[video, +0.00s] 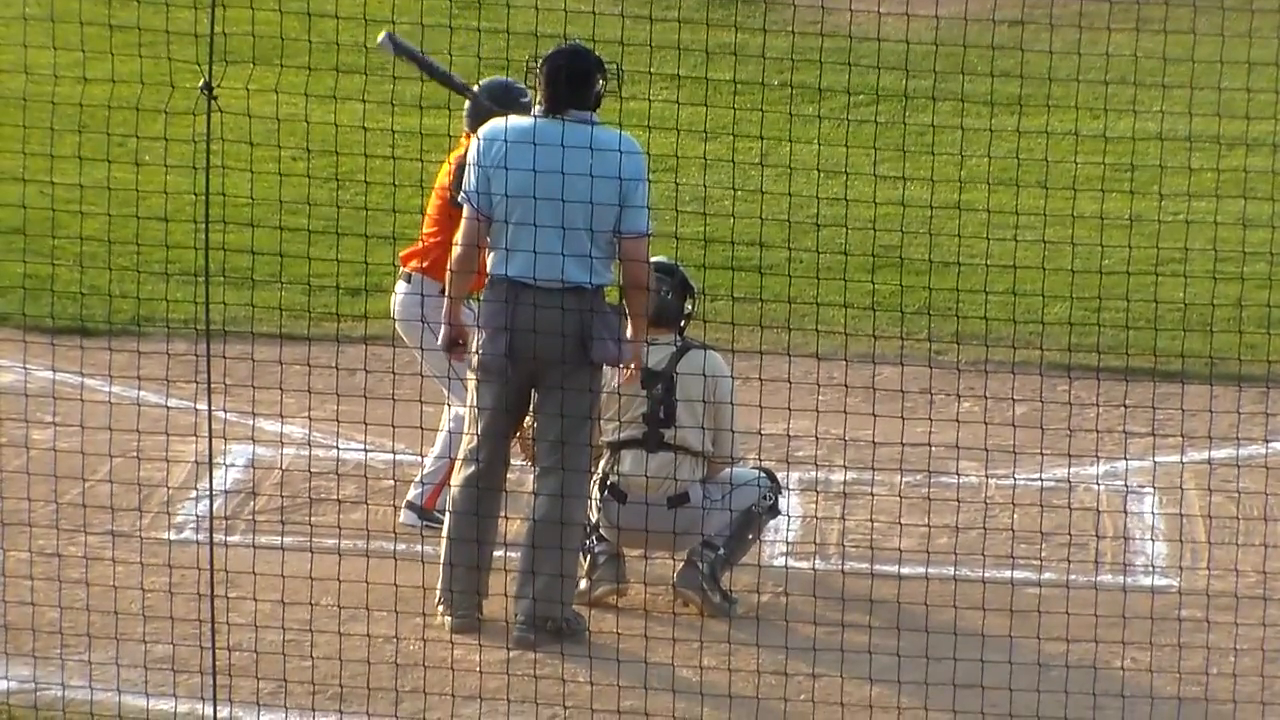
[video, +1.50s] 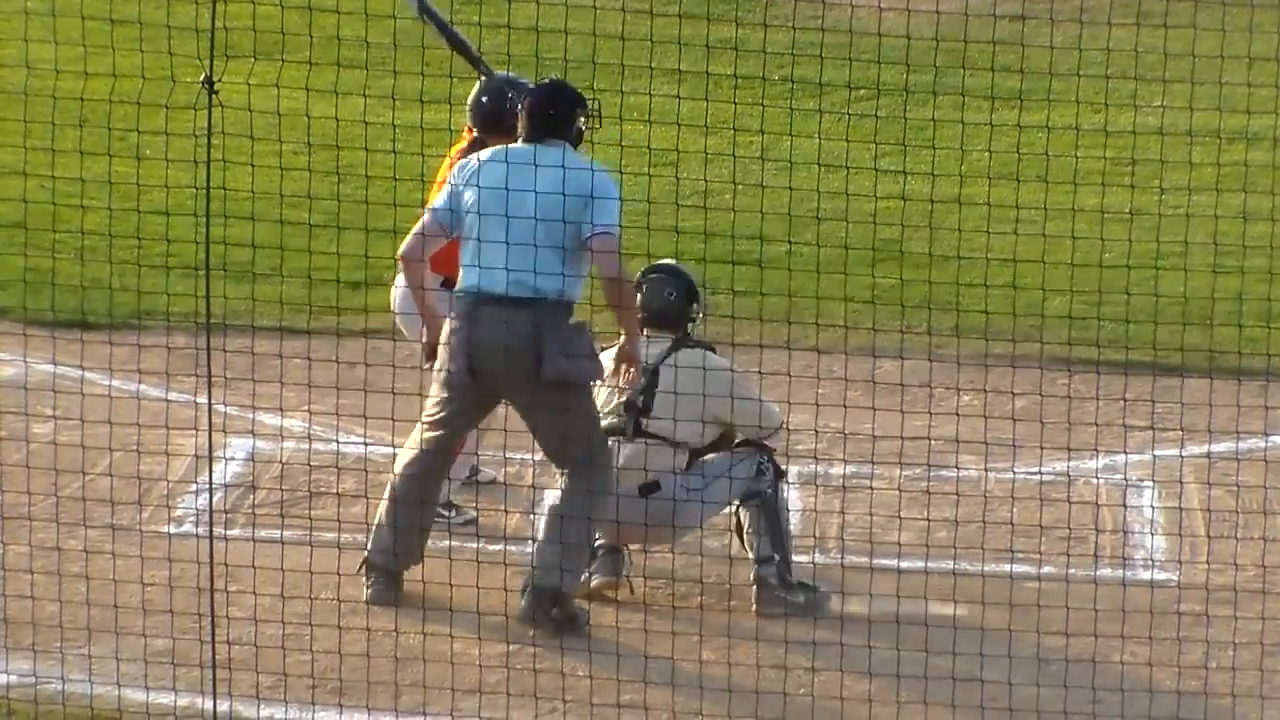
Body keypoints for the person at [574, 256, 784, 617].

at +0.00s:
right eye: (684, 300)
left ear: (631, 305)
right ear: (681, 310)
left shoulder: (607, 359)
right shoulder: (708, 363)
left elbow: (589, 444)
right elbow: (723, 456)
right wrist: (687, 479)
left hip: (616, 515)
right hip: (682, 517)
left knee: (590, 474)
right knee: (764, 486)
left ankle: (603, 561)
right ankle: (703, 567)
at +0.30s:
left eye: (633, 292)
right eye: (684, 296)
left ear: (630, 303)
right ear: (681, 308)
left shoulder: (606, 357)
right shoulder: (708, 359)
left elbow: (586, 440)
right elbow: (722, 453)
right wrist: (686, 478)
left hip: (616, 511)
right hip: (682, 513)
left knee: (590, 469)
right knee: (765, 481)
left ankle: (603, 557)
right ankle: (703, 564)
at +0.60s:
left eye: (634, 291)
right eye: (686, 296)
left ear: (630, 302)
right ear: (682, 307)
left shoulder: (606, 357)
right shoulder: (708, 360)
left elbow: (587, 439)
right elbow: (721, 455)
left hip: (617, 512)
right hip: (682, 513)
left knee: (592, 468)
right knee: (765, 481)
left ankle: (604, 557)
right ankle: (703, 563)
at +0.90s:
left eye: (623, 295)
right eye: (672, 298)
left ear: (617, 304)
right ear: (669, 306)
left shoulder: (601, 357)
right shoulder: (700, 359)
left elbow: (583, 440)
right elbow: (726, 445)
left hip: (617, 511)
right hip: (682, 512)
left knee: (590, 462)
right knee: (754, 477)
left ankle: (603, 554)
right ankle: (702, 564)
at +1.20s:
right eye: (659, 298)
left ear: (605, 309)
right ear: (658, 308)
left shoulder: (592, 358)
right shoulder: (686, 357)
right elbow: (746, 413)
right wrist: (702, 424)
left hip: (601, 511)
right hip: (663, 511)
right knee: (749, 444)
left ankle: (608, 555)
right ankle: (718, 551)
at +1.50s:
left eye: (637, 299)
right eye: (691, 306)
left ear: (636, 310)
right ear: (687, 315)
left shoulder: (604, 361)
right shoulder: (703, 365)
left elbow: (593, 429)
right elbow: (769, 428)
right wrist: (701, 450)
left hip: (594, 504)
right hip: (660, 510)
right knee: (759, 464)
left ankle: (605, 561)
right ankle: (775, 584)